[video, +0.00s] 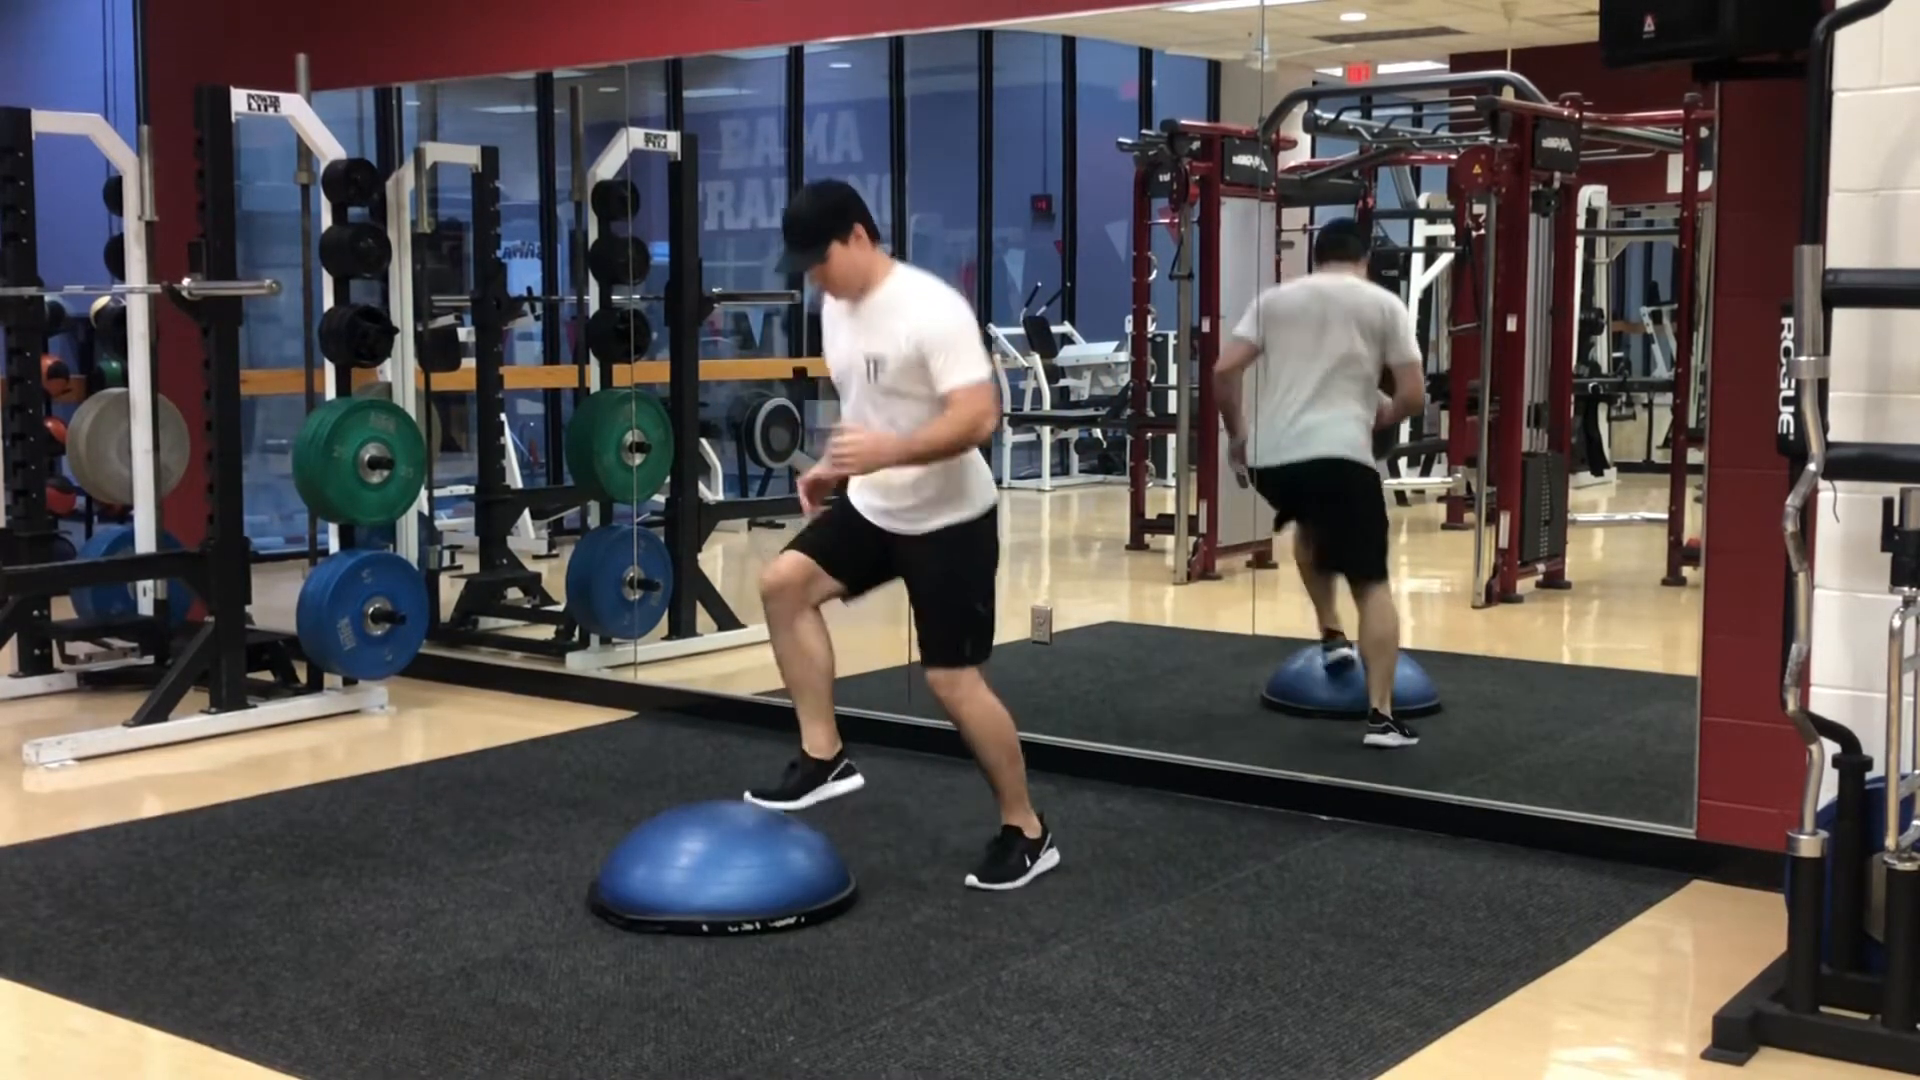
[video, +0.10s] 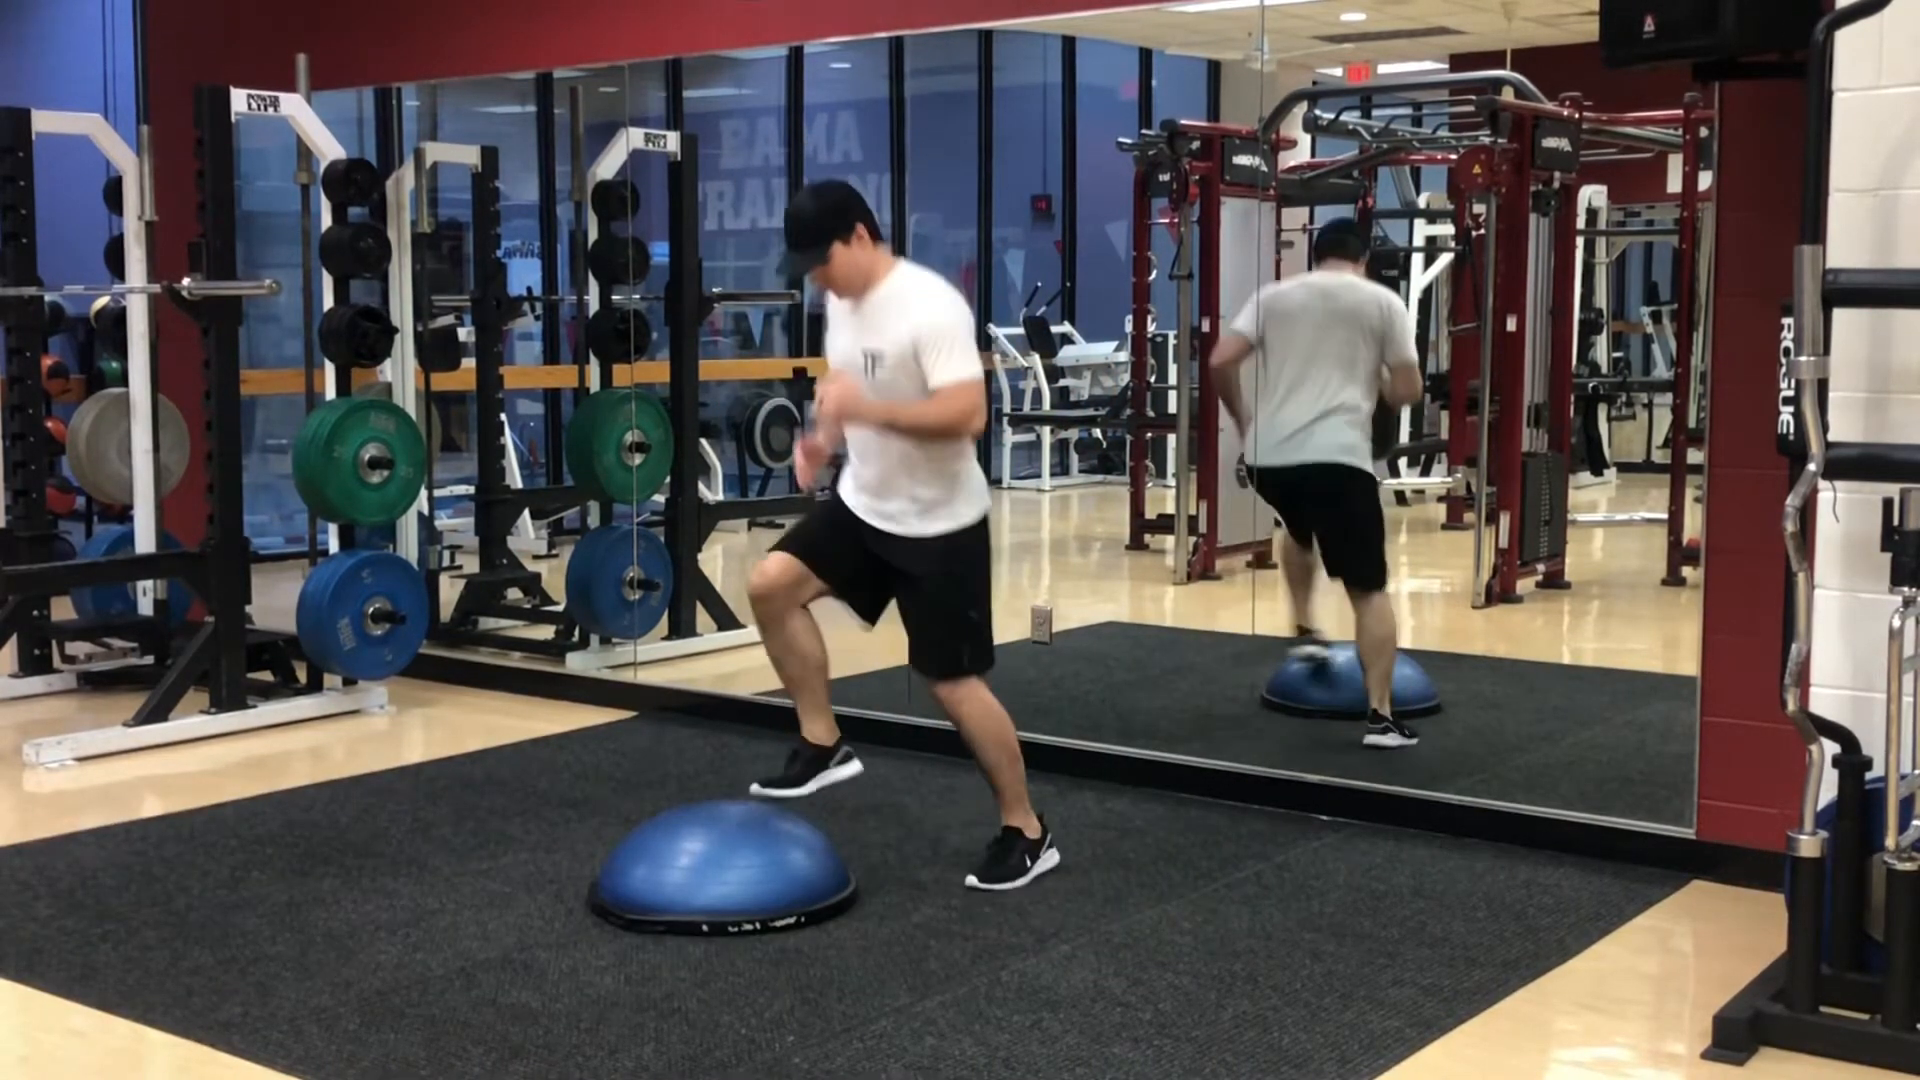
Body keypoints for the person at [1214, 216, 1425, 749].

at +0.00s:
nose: (1366, 270)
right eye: (1368, 263)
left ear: (1315, 260)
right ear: (1364, 261)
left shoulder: (1273, 300)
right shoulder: (1385, 304)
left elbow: (1224, 372)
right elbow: (1412, 396)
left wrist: (1236, 437)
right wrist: (1373, 422)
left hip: (1273, 459)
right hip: (1344, 459)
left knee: (1307, 527)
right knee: (1372, 585)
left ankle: (1332, 638)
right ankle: (1381, 714)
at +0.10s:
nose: (1365, 269)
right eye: (1367, 262)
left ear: (1315, 256)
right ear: (1363, 261)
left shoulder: (1273, 296)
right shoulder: (1384, 302)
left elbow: (1219, 363)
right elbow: (1406, 390)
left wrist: (1241, 417)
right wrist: (1370, 381)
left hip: (1272, 461)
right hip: (1341, 463)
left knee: (1297, 530)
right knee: (1370, 591)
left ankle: (1304, 633)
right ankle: (1380, 715)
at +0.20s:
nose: (1358, 241)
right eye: (1358, 233)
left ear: (1305, 227)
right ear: (1351, 231)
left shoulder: (1259, 266)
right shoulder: (1367, 270)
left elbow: (1207, 331)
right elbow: (1393, 349)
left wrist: (1244, 377)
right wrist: (1362, 368)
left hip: (1258, 431)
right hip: (1329, 433)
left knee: (1274, 524)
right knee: (1360, 557)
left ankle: (1238, 636)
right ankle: (1372, 677)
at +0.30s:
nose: (1344, 243)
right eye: (1344, 236)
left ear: (1295, 232)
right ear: (1341, 235)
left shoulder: (1248, 270)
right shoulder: (1349, 266)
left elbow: (1198, 344)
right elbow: (1360, 333)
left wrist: (1236, 384)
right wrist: (1356, 385)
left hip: (1241, 421)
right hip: (1308, 424)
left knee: (1246, 545)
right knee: (1358, 518)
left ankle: (1197, 659)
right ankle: (1341, 629)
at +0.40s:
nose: (1330, 271)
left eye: (1328, 266)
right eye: (1330, 265)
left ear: (1280, 259)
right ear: (1324, 261)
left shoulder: (1238, 301)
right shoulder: (1326, 292)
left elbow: (1197, 384)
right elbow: (1329, 350)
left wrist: (1240, 418)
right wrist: (1337, 418)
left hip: (1229, 452)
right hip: (1292, 451)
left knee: (1225, 569)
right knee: (1342, 507)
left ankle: (1180, 690)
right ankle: (1314, 616)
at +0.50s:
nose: (1323, 272)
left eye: (1321, 267)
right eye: (1323, 266)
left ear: (1272, 259)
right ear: (1315, 262)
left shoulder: (1232, 304)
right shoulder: (1318, 292)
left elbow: (1194, 379)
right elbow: (1323, 342)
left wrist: (1233, 417)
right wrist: (1344, 402)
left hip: (1230, 455)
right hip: (1292, 449)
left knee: (1225, 576)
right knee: (1352, 512)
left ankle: (1180, 689)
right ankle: (1326, 622)